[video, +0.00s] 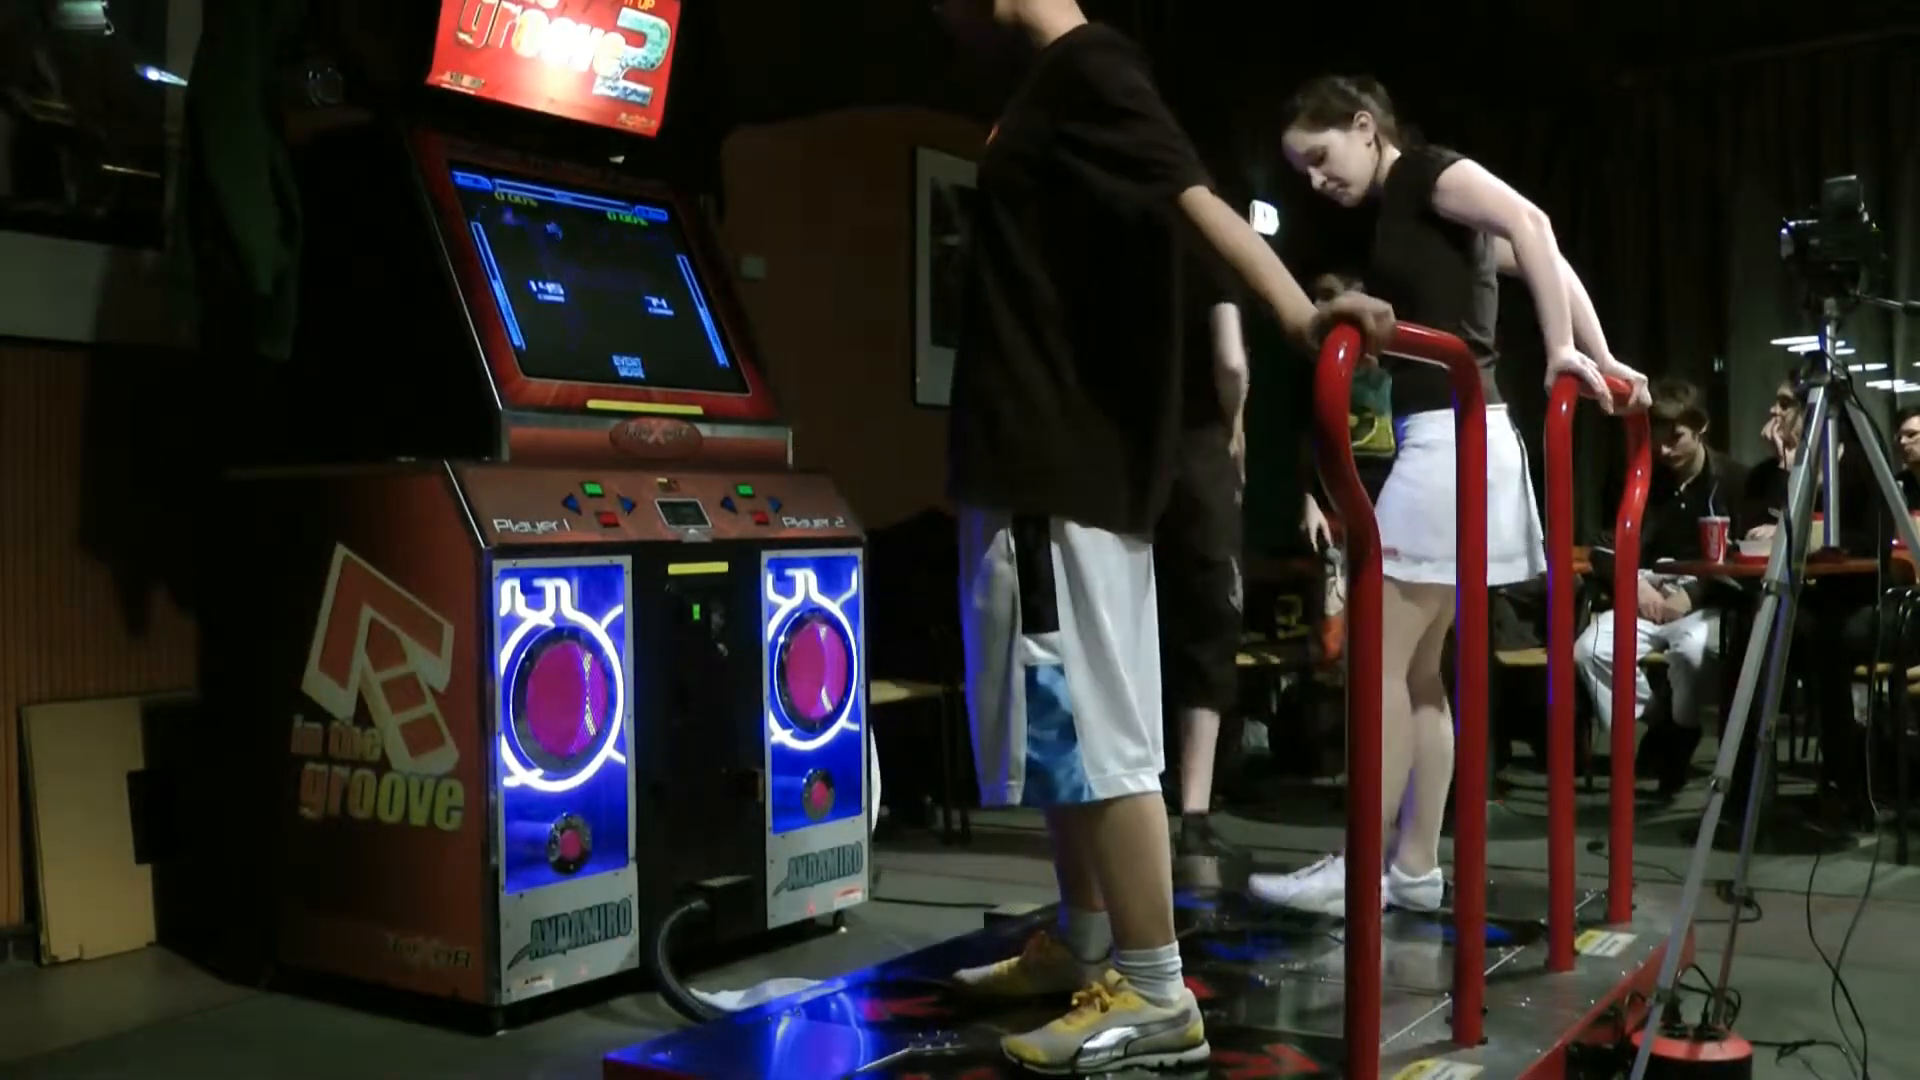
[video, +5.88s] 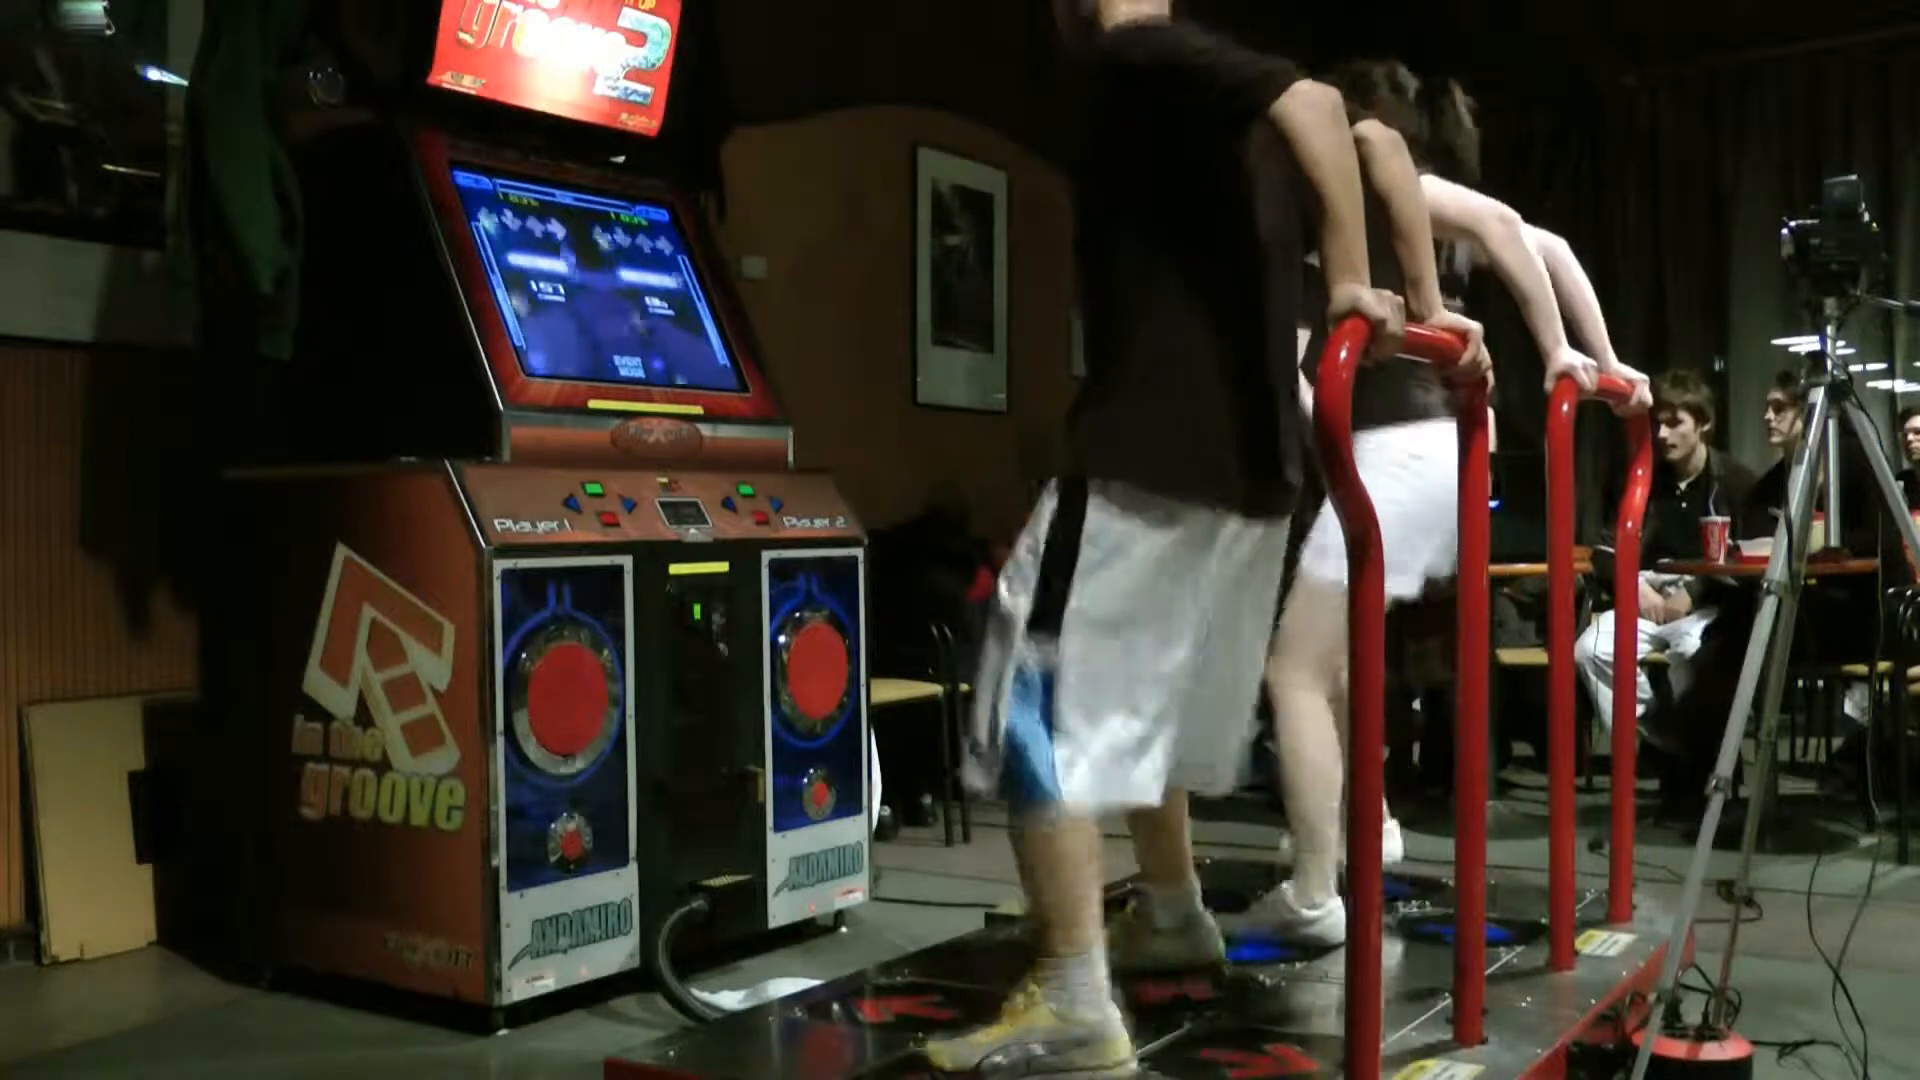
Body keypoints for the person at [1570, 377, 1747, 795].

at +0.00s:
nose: (1667, 447)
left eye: (1675, 436)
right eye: (1659, 439)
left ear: (1700, 429)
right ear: (1648, 437)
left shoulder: (1730, 479)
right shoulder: (1644, 477)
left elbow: (1741, 557)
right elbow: (1605, 549)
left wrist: (1691, 596)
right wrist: (1637, 589)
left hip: (1705, 600)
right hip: (1647, 594)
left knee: (1692, 650)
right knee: (1594, 648)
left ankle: (1682, 737)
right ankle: (1658, 727)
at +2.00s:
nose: (1663, 425)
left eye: (1675, 414)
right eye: (1658, 416)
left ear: (1703, 420)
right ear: (1651, 421)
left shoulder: (1738, 481)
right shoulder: (1646, 478)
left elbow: (1755, 562)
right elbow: (1608, 551)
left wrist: (1692, 595)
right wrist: (1635, 587)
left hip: (1711, 604)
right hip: (1649, 604)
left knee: (1690, 651)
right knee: (1593, 648)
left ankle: (1685, 740)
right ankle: (1644, 741)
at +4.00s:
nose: (1650, 426)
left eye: (1659, 418)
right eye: (1650, 417)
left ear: (1689, 425)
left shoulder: (1734, 480)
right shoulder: (1645, 474)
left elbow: (1745, 560)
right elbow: (1607, 546)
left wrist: (1692, 595)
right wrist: (1634, 587)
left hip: (1703, 602)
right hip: (1645, 598)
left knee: (1695, 654)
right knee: (1596, 648)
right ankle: (1643, 750)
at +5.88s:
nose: (1663, 433)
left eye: (1674, 423)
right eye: (1658, 423)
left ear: (1703, 425)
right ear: (1650, 427)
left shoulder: (1736, 482)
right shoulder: (1644, 477)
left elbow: (1747, 561)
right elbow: (1607, 550)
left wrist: (1692, 595)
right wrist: (1638, 588)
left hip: (1707, 603)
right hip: (1649, 599)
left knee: (1690, 651)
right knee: (1594, 649)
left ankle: (1696, 754)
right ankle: (1652, 744)